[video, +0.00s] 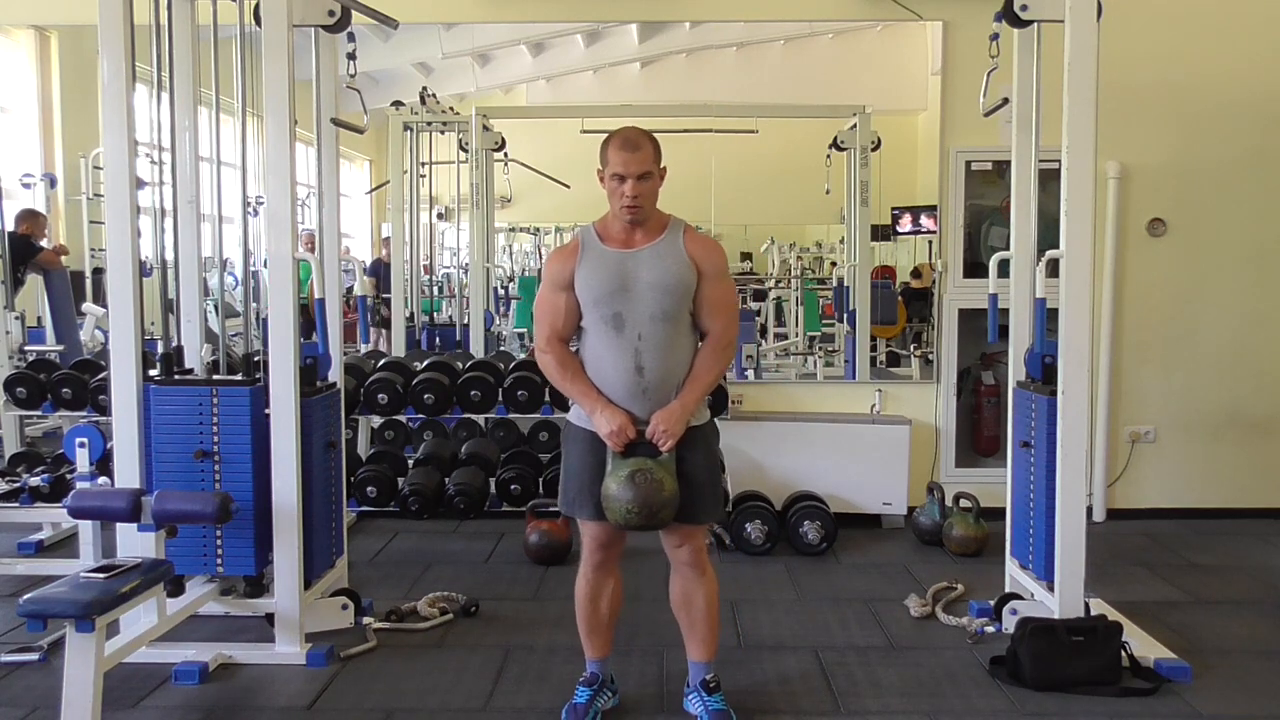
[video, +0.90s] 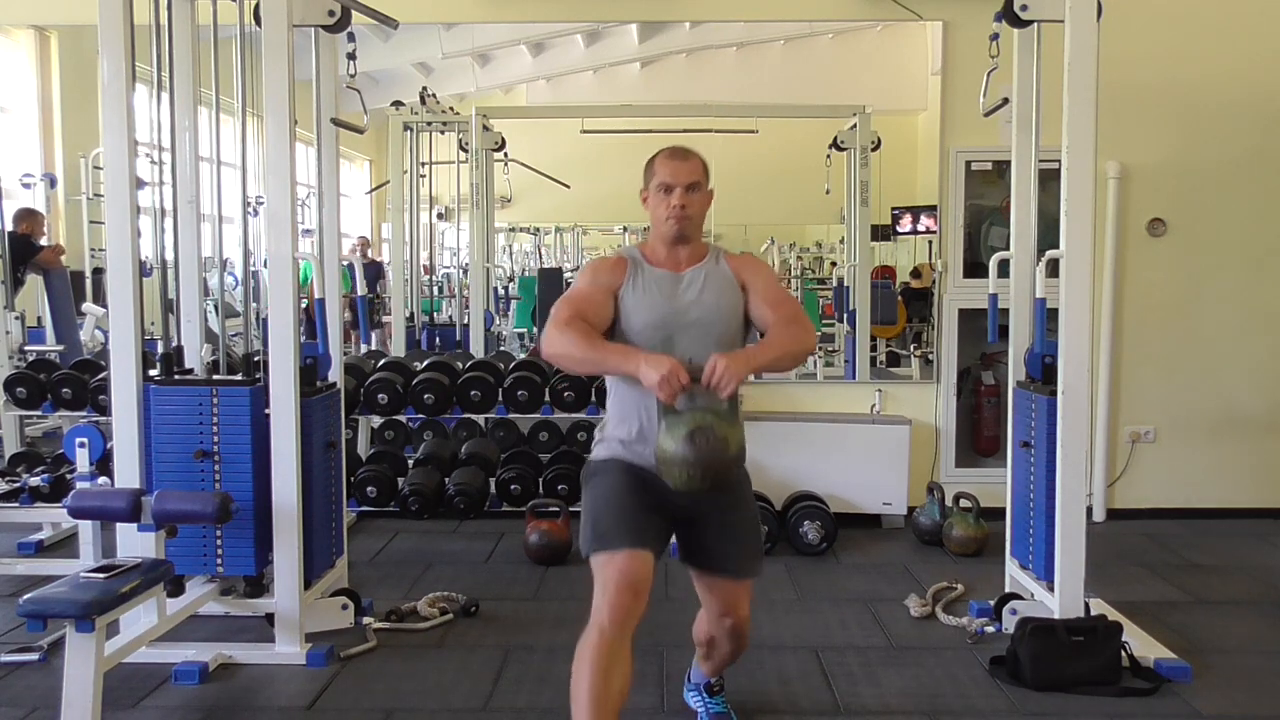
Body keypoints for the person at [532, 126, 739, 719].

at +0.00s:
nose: (631, 190)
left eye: (643, 178)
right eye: (619, 179)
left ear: (661, 175)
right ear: (602, 179)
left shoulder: (701, 252)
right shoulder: (568, 260)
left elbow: (721, 337)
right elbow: (549, 346)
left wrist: (684, 405)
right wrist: (598, 409)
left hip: (681, 427)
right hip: (594, 427)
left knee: (689, 548)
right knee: (598, 547)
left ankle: (702, 684)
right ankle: (596, 678)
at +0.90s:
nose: (680, 201)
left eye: (692, 189)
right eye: (666, 190)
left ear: (708, 198)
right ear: (646, 199)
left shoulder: (744, 271)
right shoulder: (610, 272)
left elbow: (801, 337)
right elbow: (557, 340)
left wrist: (748, 359)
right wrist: (639, 361)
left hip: (715, 461)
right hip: (628, 459)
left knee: (730, 620)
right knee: (620, 599)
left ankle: (702, 683)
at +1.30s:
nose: (657, 353)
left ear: (695, 318)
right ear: (607, 313)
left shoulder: (711, 374)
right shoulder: (574, 374)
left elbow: (766, 303)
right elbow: (534, 296)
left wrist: (717, 252)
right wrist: (608, 248)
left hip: (694, 602)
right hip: (594, 592)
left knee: (736, 710)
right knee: (602, 681)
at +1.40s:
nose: (644, 336)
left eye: (658, 322)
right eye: (630, 324)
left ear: (679, 331)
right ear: (608, 333)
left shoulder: (708, 391)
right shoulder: (577, 396)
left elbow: (747, 303)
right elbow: (549, 304)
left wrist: (706, 228)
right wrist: (604, 231)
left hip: (696, 624)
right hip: (595, 610)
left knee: (731, 710)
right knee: (599, 689)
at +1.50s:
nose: (645, 349)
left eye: (660, 335)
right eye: (630, 336)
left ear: (679, 343)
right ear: (607, 349)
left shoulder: (709, 401)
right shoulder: (581, 409)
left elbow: (730, 301)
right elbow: (565, 305)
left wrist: (696, 214)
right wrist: (605, 213)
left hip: (698, 634)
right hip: (598, 624)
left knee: (735, 710)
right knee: (596, 695)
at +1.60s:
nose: (648, 353)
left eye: (662, 341)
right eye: (634, 343)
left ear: (682, 355)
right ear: (614, 358)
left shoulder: (710, 410)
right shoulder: (584, 413)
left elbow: (724, 302)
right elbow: (577, 308)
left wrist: (695, 210)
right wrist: (606, 208)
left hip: (699, 649)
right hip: (599, 635)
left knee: (738, 708)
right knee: (599, 695)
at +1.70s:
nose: (649, 355)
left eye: (663, 343)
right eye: (635, 344)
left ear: (683, 356)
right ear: (615, 359)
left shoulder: (711, 412)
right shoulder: (585, 415)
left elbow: (722, 301)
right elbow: (581, 307)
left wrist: (695, 211)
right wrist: (610, 206)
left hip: (702, 655)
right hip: (601, 640)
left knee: (739, 708)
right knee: (604, 700)